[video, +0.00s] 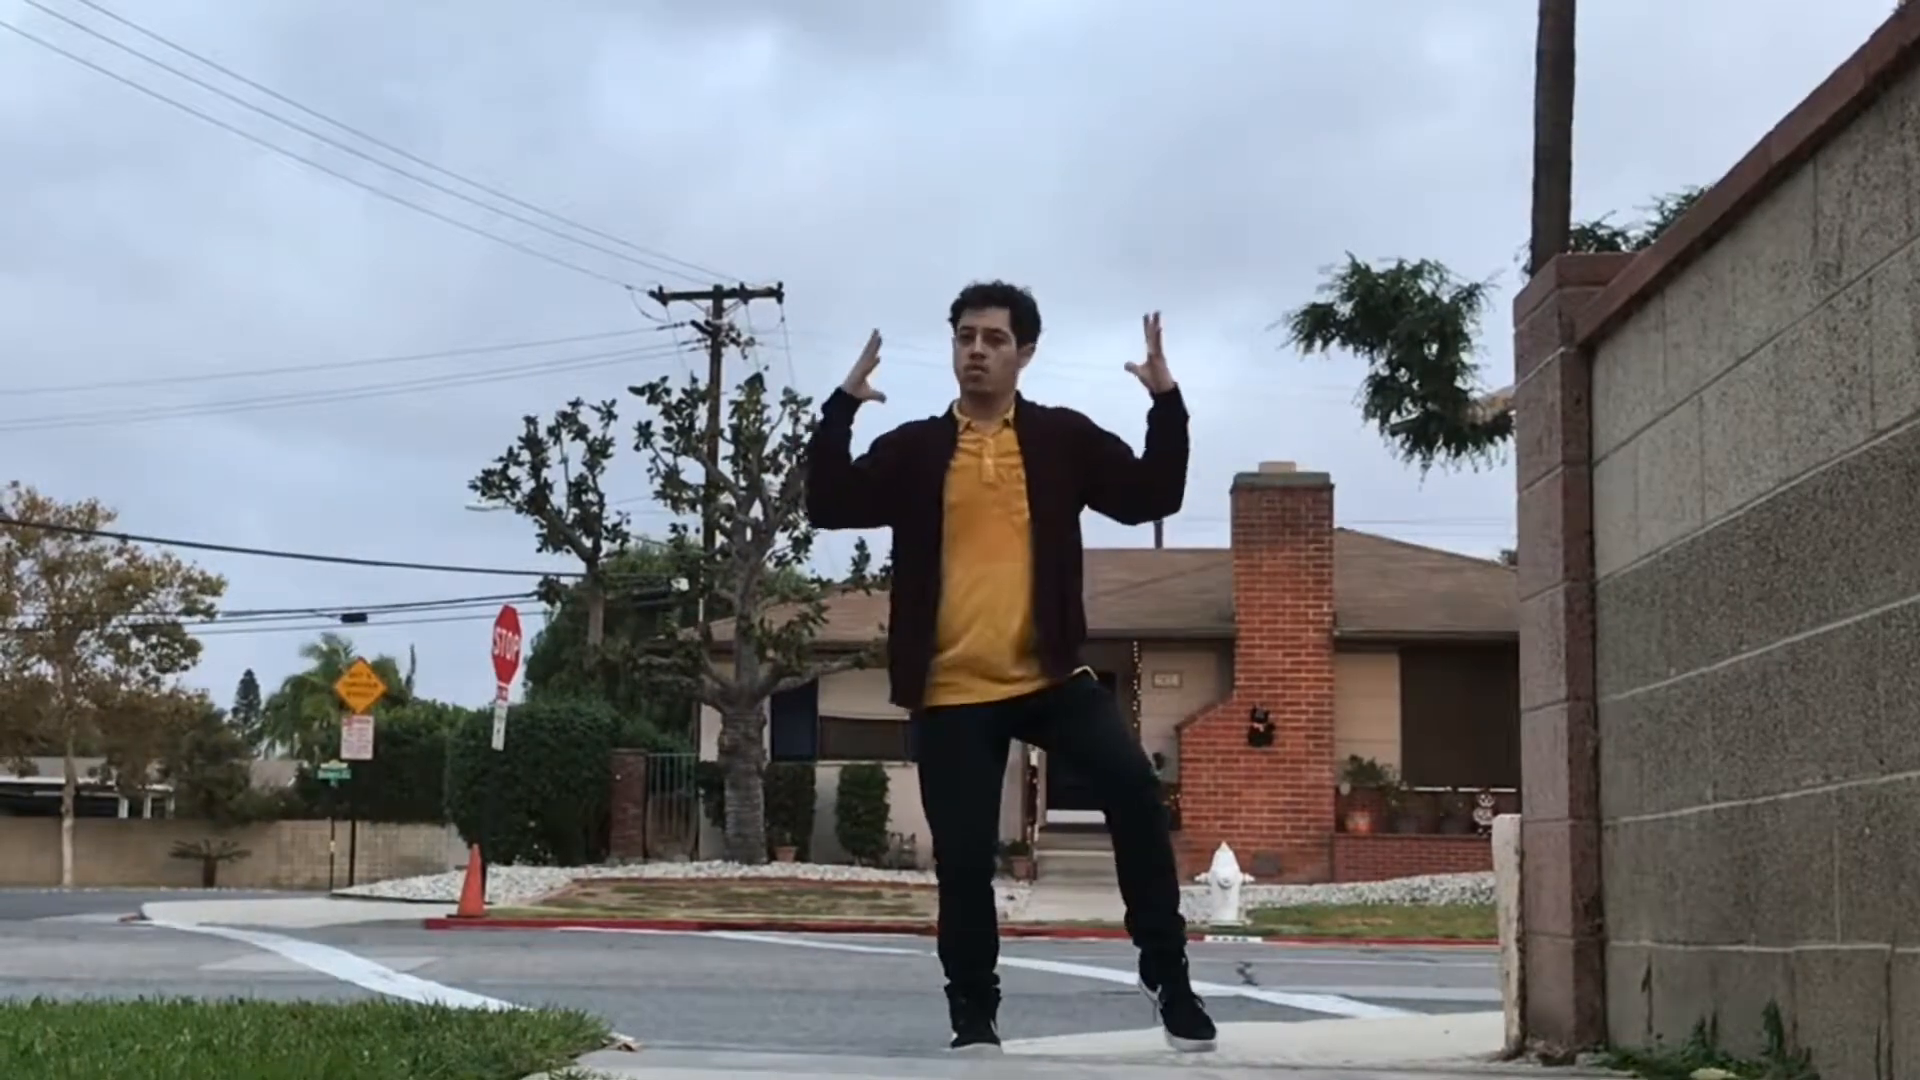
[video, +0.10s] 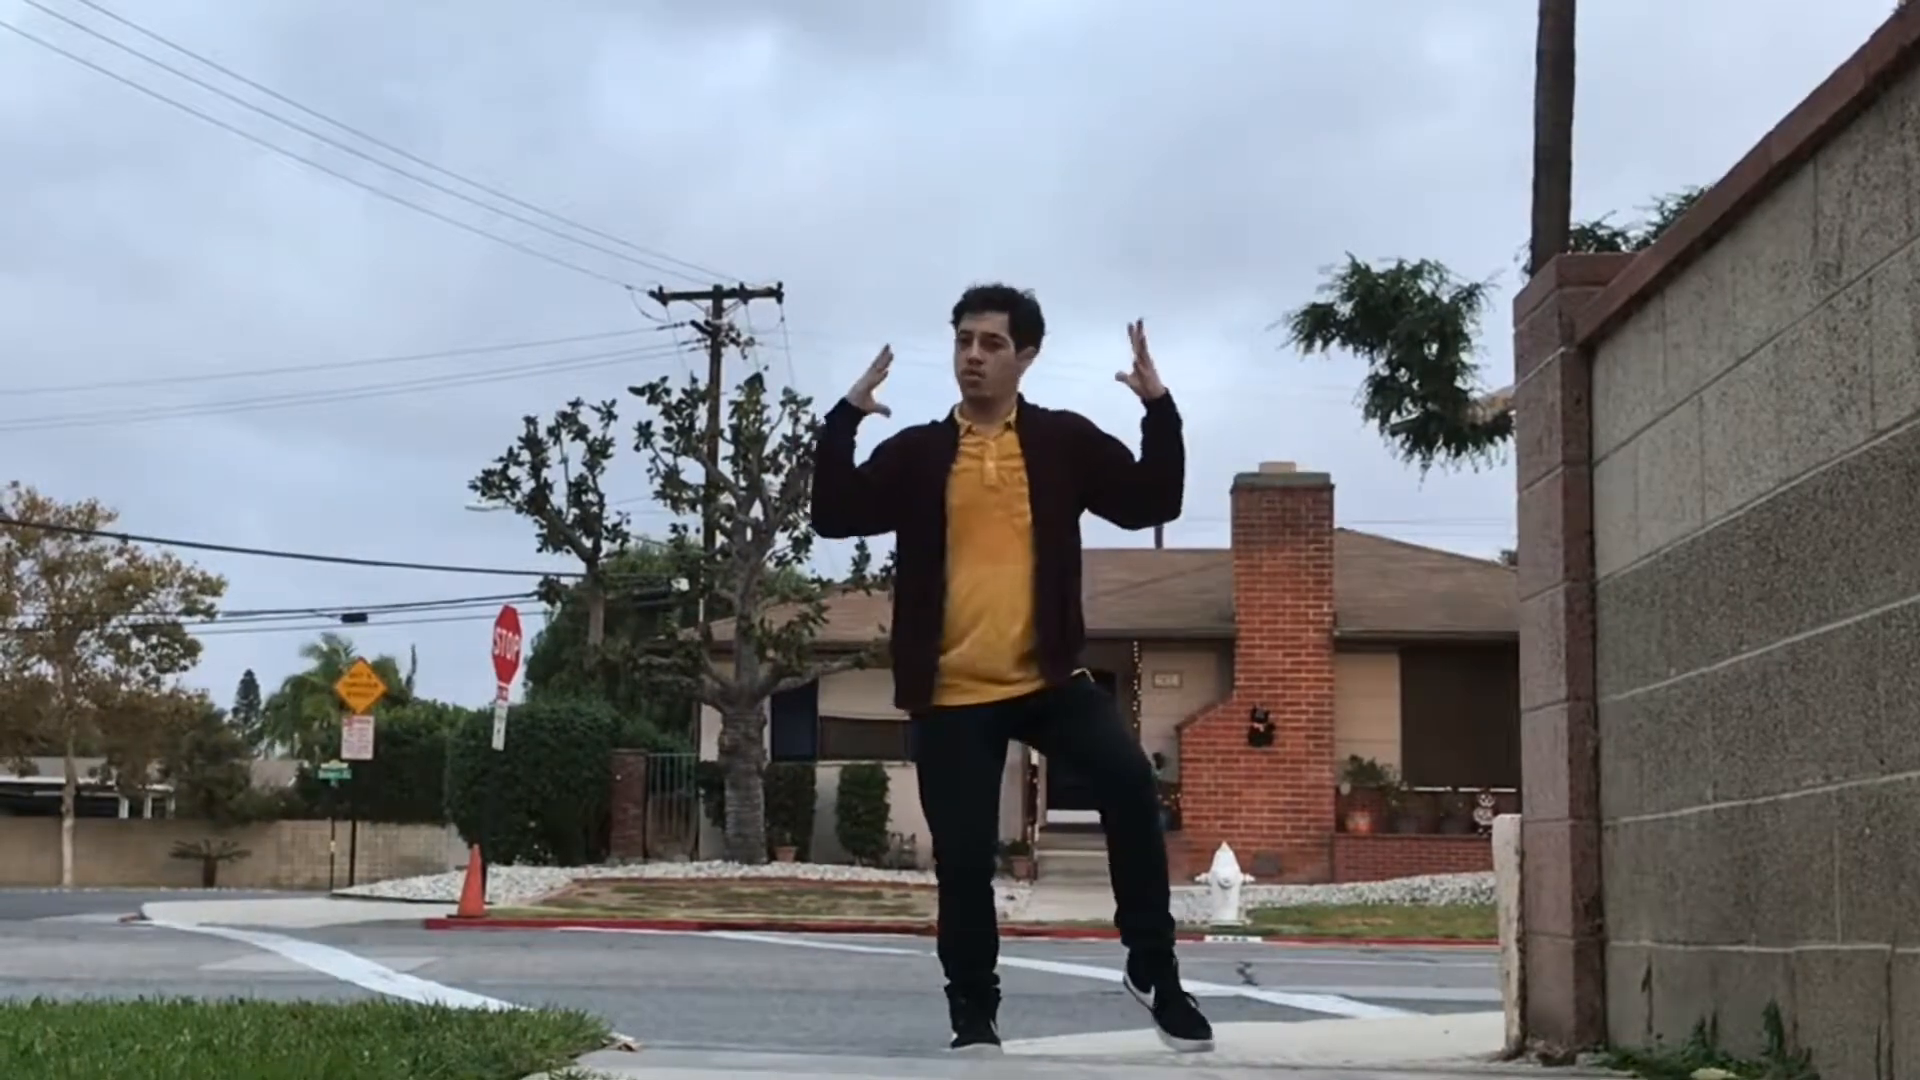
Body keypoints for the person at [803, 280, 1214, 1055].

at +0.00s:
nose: (976, 350)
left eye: (994, 339)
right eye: (966, 337)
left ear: (1025, 353)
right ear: (951, 349)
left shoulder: (1063, 436)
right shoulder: (911, 449)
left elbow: (1155, 495)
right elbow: (828, 502)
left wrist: (1166, 399)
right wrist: (844, 402)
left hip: (1052, 679)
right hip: (952, 691)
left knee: (1134, 789)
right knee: (962, 860)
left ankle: (1170, 977)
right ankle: (973, 1019)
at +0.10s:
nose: (973, 355)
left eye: (992, 344)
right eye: (965, 341)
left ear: (1026, 356)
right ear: (951, 352)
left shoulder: (1065, 440)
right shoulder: (913, 453)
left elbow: (1155, 501)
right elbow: (833, 513)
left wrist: (1157, 406)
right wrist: (847, 414)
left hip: (1050, 681)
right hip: (953, 694)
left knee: (1129, 783)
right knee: (962, 861)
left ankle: (1156, 971)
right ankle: (972, 1018)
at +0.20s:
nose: (974, 359)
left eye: (992, 348)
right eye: (967, 345)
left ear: (1029, 359)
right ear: (954, 353)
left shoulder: (1067, 442)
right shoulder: (916, 454)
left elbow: (1155, 507)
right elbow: (839, 518)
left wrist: (1159, 412)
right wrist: (846, 420)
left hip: (1050, 684)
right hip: (952, 696)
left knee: (1128, 785)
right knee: (961, 861)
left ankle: (1148, 968)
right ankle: (973, 1020)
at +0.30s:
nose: (985, 362)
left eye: (1003, 351)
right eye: (975, 348)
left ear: (1032, 361)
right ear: (960, 353)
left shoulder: (1067, 444)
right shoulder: (917, 451)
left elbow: (1153, 510)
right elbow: (842, 517)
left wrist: (1171, 415)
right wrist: (840, 417)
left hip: (1053, 684)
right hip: (955, 696)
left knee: (1128, 788)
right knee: (963, 861)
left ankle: (1156, 973)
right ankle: (973, 1020)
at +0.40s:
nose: (1000, 366)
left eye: (1016, 354)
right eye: (988, 350)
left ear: (1037, 363)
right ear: (967, 354)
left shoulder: (1065, 444)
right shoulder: (917, 445)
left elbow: (1147, 511)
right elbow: (846, 512)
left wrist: (1181, 419)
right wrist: (840, 412)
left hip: (1062, 682)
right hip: (964, 694)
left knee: (1130, 793)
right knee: (968, 860)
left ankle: (1162, 975)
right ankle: (974, 1018)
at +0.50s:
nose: (1010, 364)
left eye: (1025, 352)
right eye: (996, 348)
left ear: (1042, 359)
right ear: (970, 349)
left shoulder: (1064, 440)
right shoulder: (919, 439)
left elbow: (1147, 514)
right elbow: (846, 505)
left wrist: (1179, 433)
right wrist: (834, 408)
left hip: (1066, 664)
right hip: (969, 680)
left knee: (1133, 790)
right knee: (975, 843)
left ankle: (1163, 972)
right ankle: (974, 1009)